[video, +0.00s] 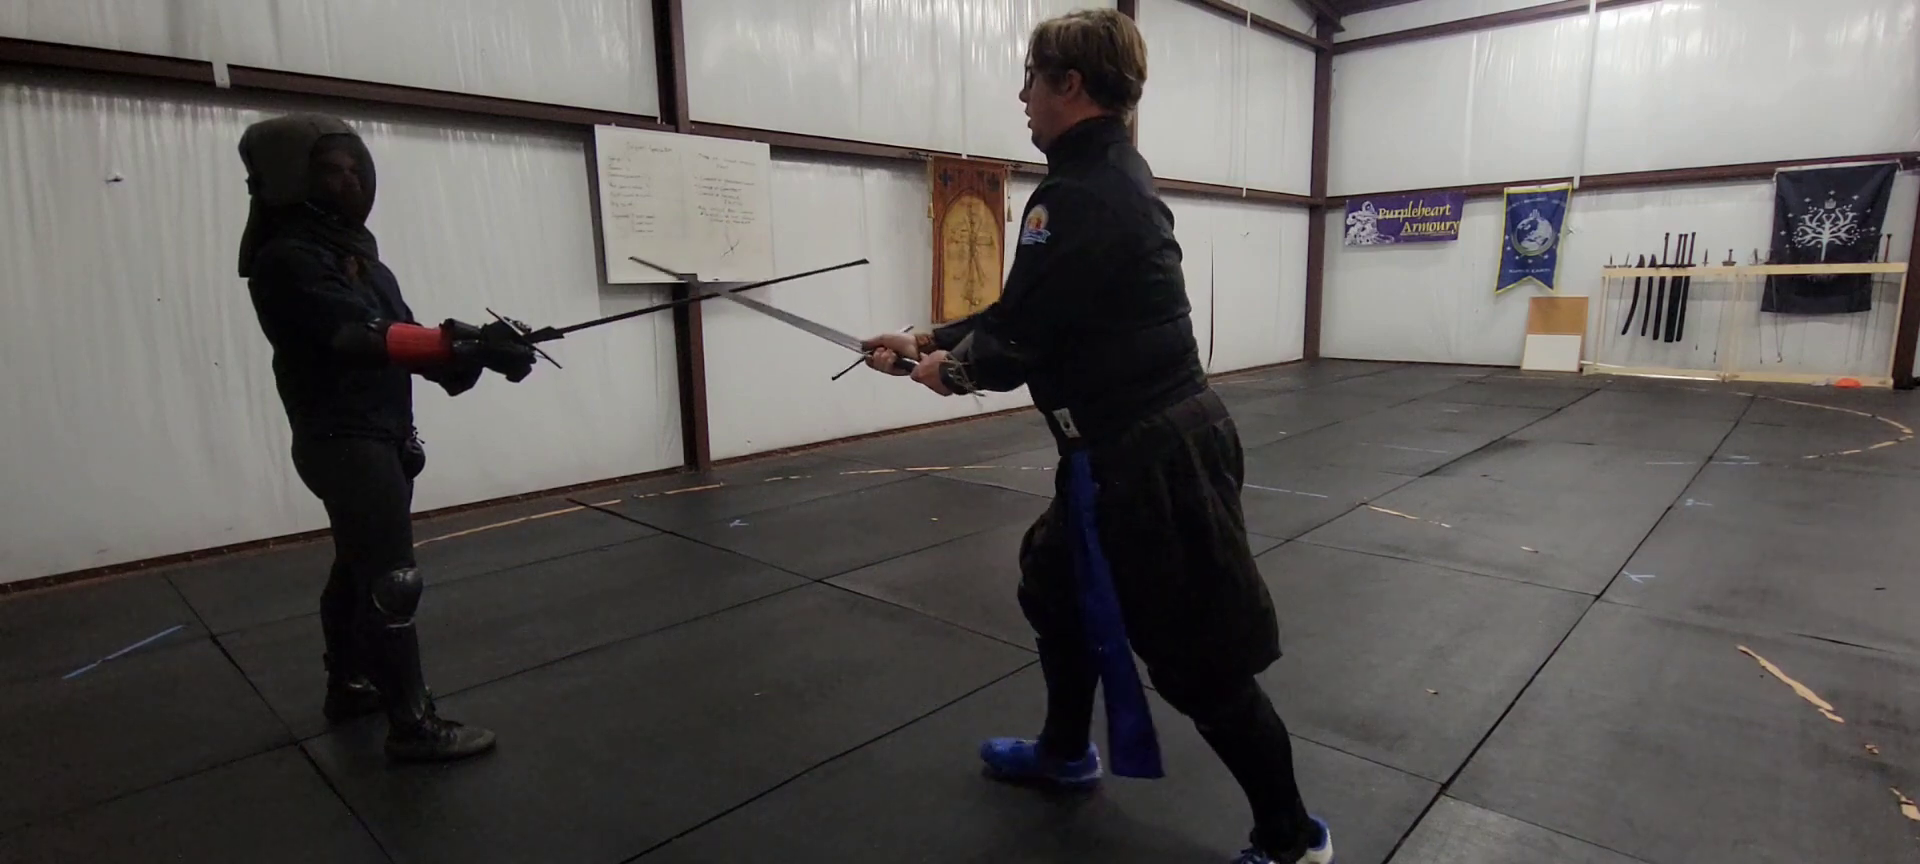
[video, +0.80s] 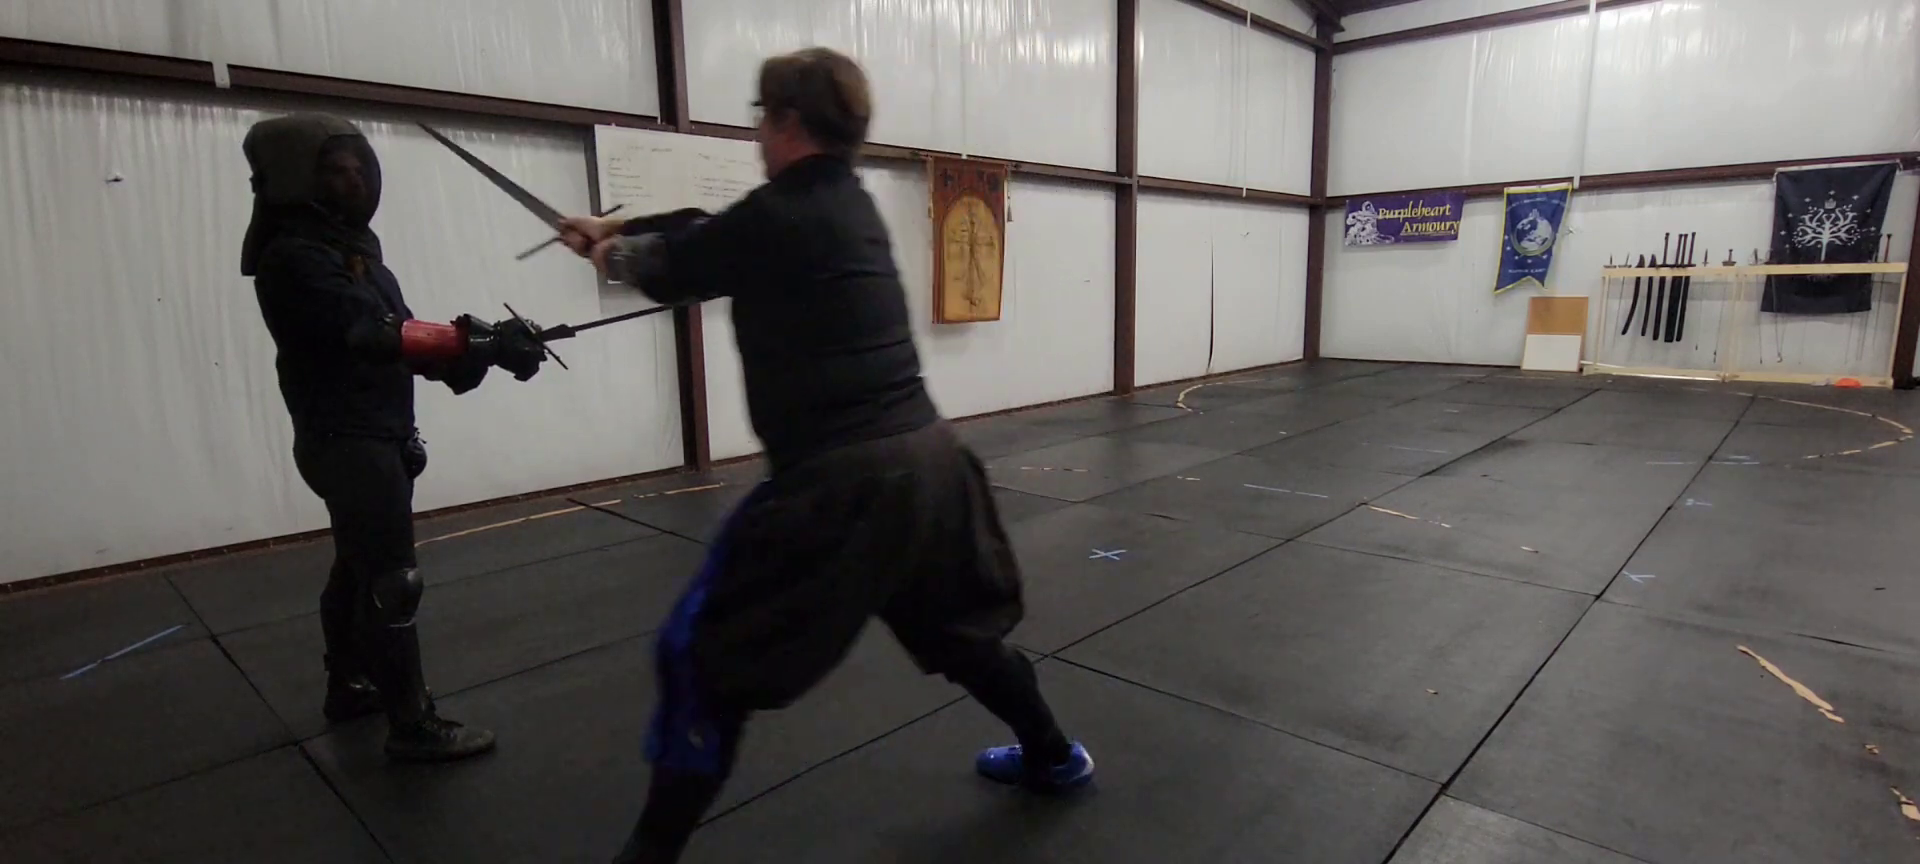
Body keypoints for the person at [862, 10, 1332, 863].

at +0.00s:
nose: (1024, 98)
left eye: (1033, 82)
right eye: (1027, 81)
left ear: (1072, 89)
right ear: (1091, 92)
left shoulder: (1082, 192)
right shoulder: (1106, 177)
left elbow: (1028, 334)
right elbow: (1026, 309)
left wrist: (951, 369)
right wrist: (928, 340)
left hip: (1153, 448)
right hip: (1147, 436)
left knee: (1197, 652)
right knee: (1052, 577)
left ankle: (1289, 838)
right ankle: (1064, 752)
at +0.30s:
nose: (954, 113)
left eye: (962, 98)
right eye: (956, 97)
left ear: (1001, 106)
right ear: (1027, 111)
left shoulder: (981, 207)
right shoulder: (1065, 193)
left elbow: (911, 359)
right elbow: (1040, 304)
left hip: (1058, 444)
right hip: (1114, 419)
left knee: (1080, 658)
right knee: (1009, 590)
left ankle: (1251, 802)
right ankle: (1059, 749)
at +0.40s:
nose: (927, 112)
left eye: (938, 98)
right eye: (932, 98)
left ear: (977, 111)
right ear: (998, 117)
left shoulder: (951, 213)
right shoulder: (1036, 195)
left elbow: (880, 353)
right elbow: (1018, 301)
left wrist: (871, 349)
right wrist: (924, 326)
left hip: (1027, 444)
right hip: (1098, 420)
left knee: (978, 658)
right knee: (1047, 604)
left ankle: (1166, 809)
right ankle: (1058, 753)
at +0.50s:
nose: (895, 120)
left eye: (904, 107)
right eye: (899, 105)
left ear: (941, 119)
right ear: (969, 124)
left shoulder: (925, 216)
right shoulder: (998, 200)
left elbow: (855, 364)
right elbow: (991, 308)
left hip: (1003, 450)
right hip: (1070, 425)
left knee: (904, 621)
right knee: (998, 601)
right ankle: (1060, 752)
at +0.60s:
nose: (860, 117)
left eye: (872, 103)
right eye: (866, 102)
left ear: (908, 118)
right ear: (929, 123)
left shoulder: (895, 217)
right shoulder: (962, 199)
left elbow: (825, 352)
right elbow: (916, 319)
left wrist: (782, 352)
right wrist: (818, 317)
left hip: (965, 458)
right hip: (1035, 436)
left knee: (839, 605)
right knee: (980, 603)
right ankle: (1059, 752)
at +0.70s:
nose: (817, 123)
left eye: (826, 111)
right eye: (821, 109)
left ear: (865, 122)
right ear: (883, 123)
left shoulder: (845, 215)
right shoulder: (915, 199)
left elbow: (738, 306)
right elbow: (795, 277)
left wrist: (675, 286)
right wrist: (700, 275)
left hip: (904, 470)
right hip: (989, 444)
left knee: (786, 636)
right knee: (965, 608)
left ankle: (688, 848)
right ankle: (1059, 751)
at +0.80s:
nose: (756, 132)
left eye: (764, 119)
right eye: (760, 118)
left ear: (791, 126)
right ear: (837, 129)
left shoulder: (774, 217)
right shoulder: (848, 197)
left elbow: (676, 270)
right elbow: (722, 225)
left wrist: (615, 257)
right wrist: (619, 230)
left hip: (835, 482)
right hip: (925, 460)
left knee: (702, 655)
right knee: (950, 626)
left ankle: (652, 847)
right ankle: (1052, 754)